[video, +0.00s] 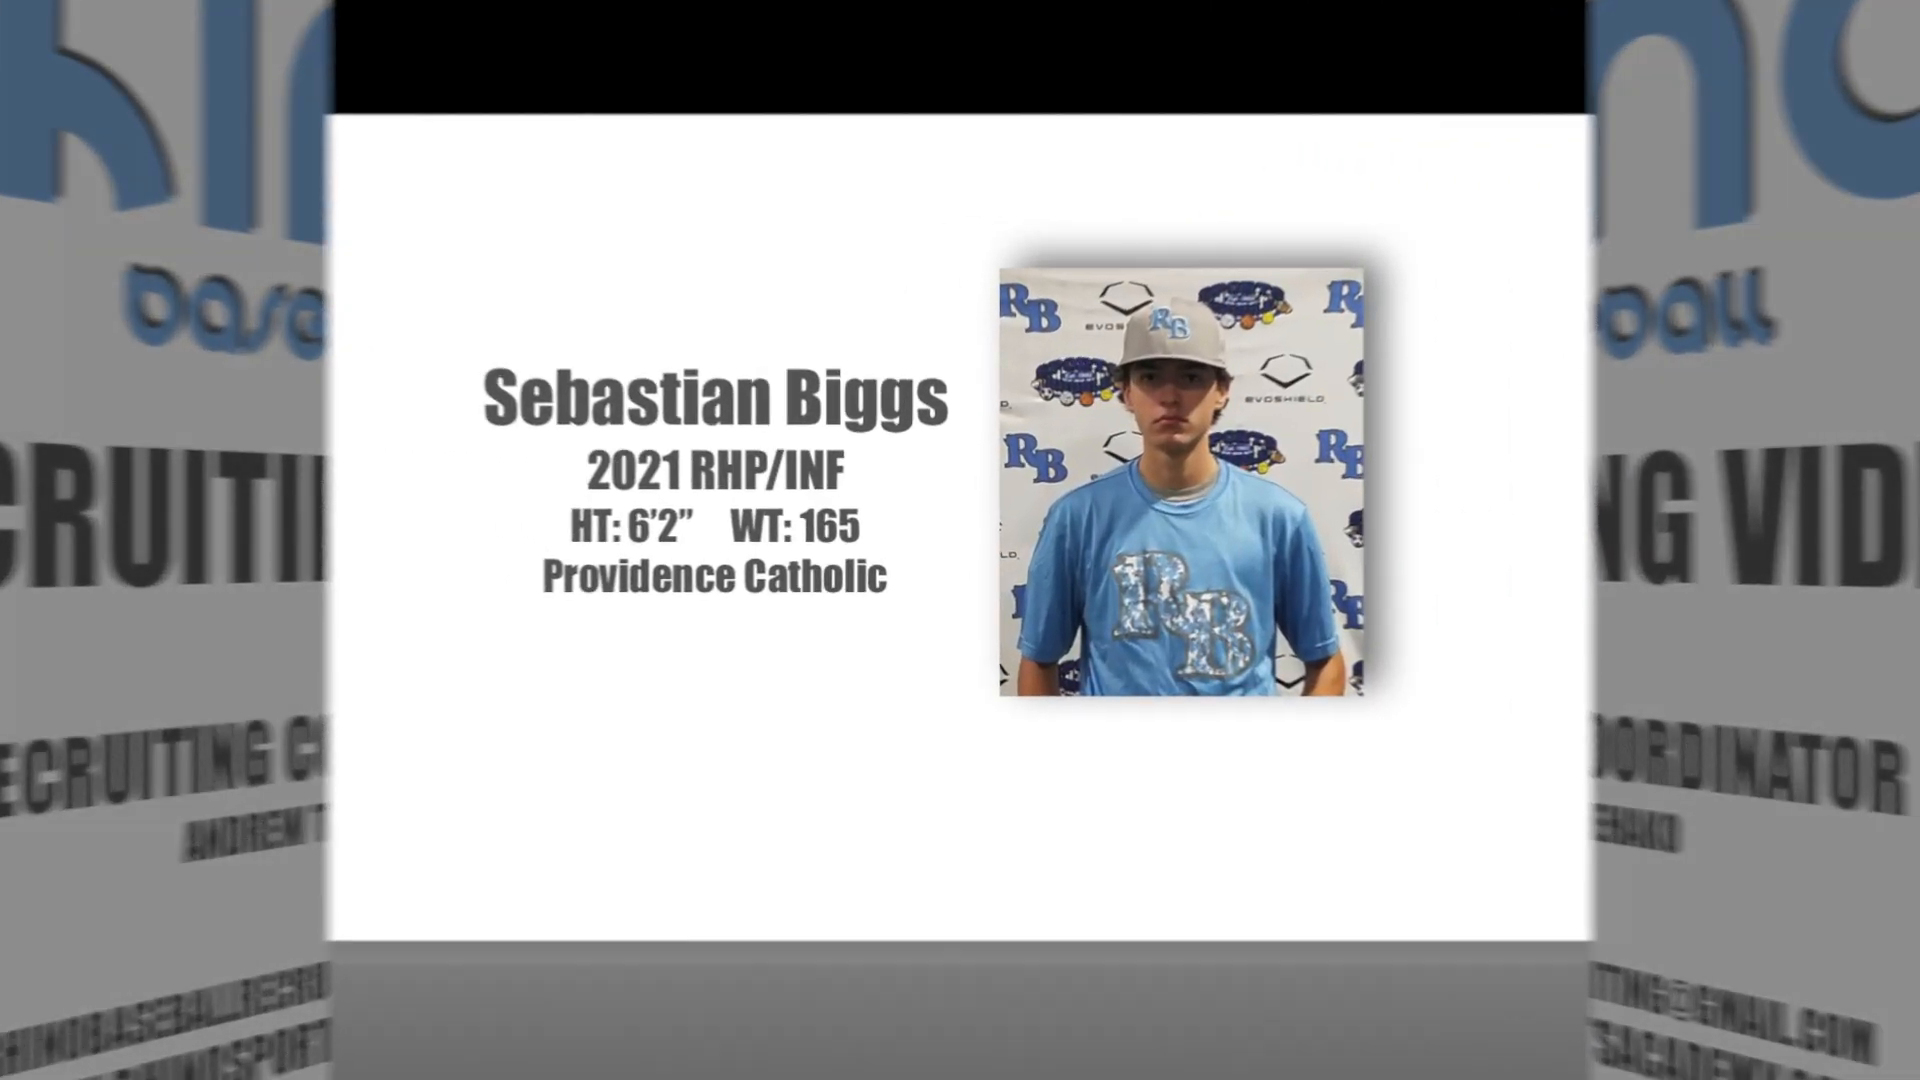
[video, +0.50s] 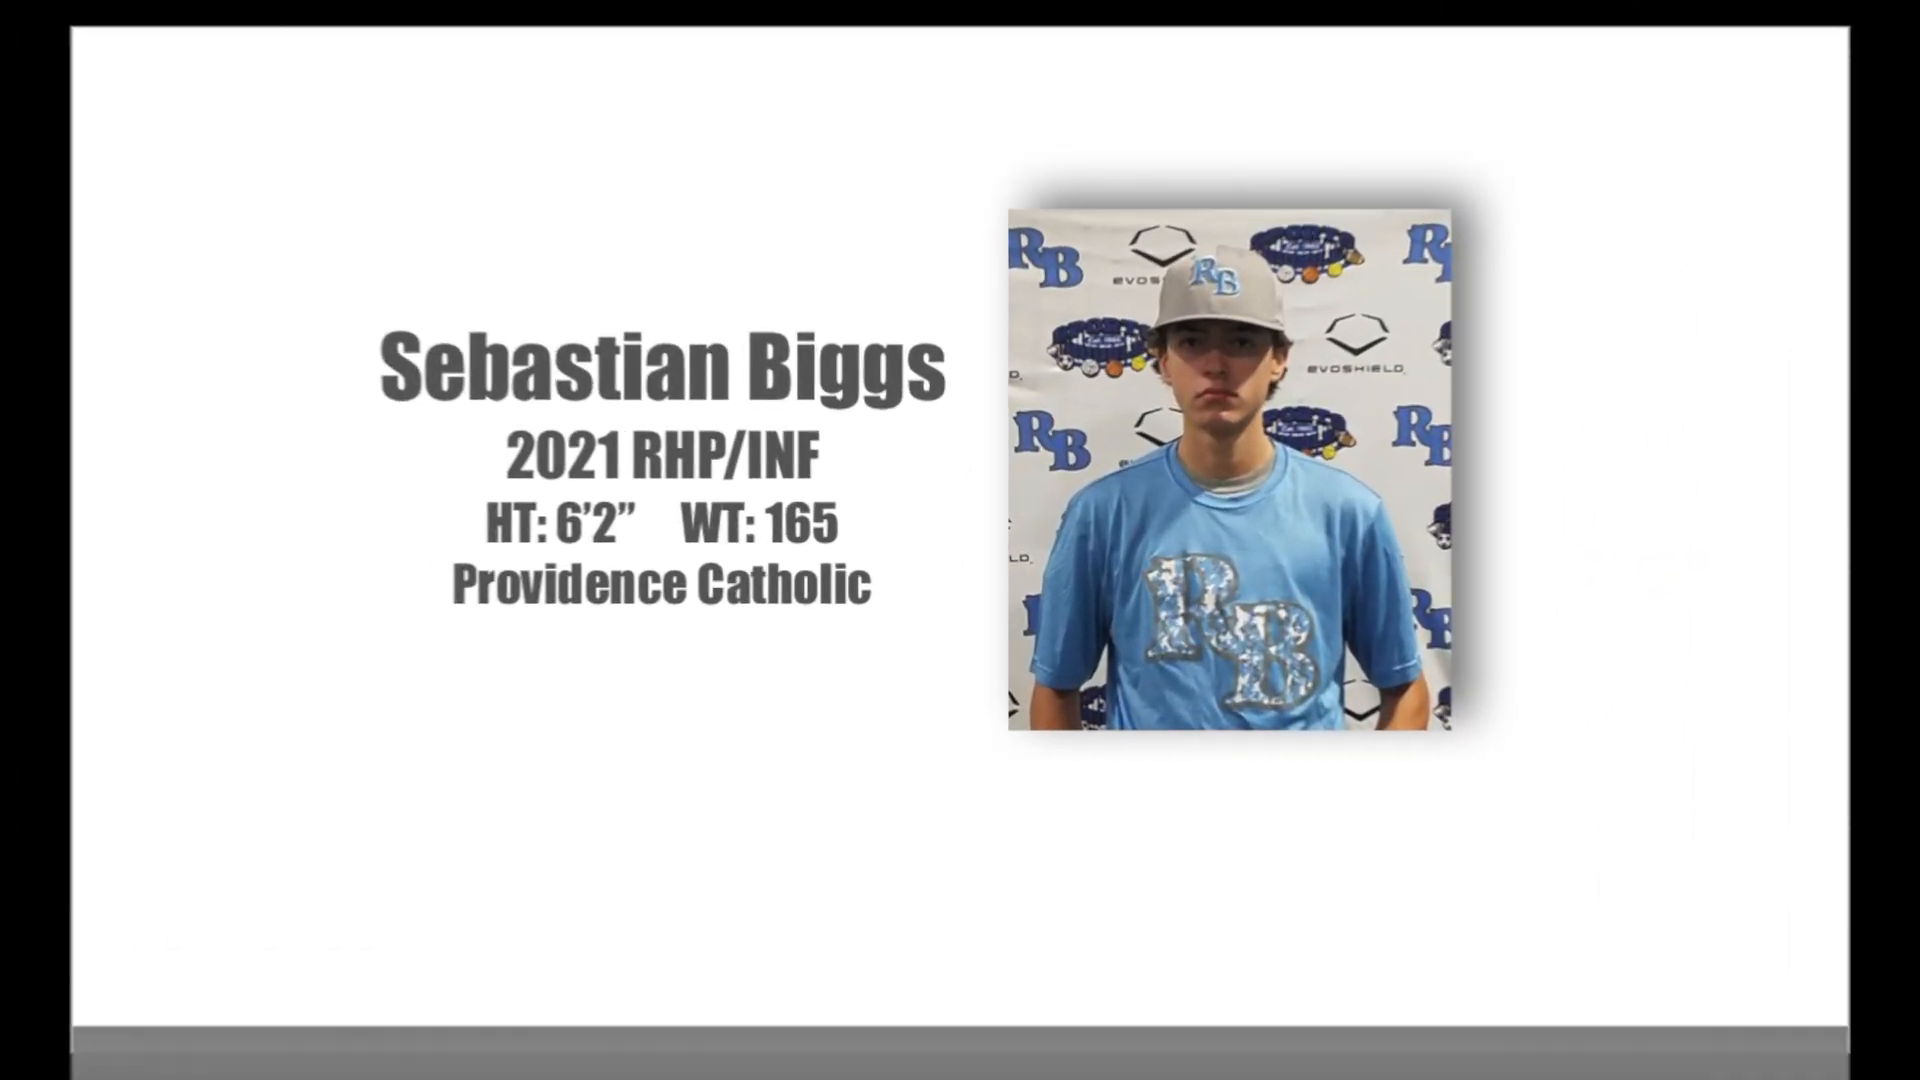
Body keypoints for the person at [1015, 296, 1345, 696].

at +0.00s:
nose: (1170, 395)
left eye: (1191, 377)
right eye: (1152, 377)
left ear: (1220, 393)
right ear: (1127, 393)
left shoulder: (1280, 518)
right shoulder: (1075, 520)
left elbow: (1327, 663)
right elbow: (1039, 665)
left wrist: (1297, 753)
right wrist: (1041, 756)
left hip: (1247, 749)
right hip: (1115, 748)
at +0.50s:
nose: (1216, 364)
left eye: (1241, 341)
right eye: (1195, 342)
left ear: (1277, 361)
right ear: (1163, 363)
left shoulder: (1349, 513)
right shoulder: (1100, 515)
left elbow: (1407, 690)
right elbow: (1056, 693)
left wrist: (1370, 797)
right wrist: (1066, 802)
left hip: (1311, 793)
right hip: (1149, 793)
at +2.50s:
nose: (1245, 345)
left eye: (1273, 321)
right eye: (1221, 321)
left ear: (1314, 342)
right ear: (1187, 342)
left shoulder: (1394, 511)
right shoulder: (1117, 513)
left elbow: (1457, 708)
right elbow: (1067, 711)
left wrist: (1420, 827)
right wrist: (1076, 832)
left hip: (1351, 823)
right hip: (1171, 823)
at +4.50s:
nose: (1257, 339)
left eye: (1286, 314)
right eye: (1231, 314)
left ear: (1328, 335)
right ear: (1195, 336)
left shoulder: (1410, 510)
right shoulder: (1124, 513)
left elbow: (1476, 716)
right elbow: (1072, 718)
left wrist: (1436, 838)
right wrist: (1085, 844)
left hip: (1366, 834)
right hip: (1180, 834)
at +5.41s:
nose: (1209, 338)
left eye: (1237, 314)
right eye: (1186, 315)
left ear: (1278, 336)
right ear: (1151, 336)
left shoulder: (1357, 503)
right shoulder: (1082, 506)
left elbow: (1420, 700)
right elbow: (1032, 702)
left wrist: (1381, 819)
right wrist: (1042, 826)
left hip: (1314, 815)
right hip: (1135, 814)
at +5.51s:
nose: (1167, 340)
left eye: (1194, 317)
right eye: (1144, 317)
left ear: (1232, 337)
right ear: (1111, 337)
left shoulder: (1308, 497)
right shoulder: (1044, 501)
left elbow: (1367, 685)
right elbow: (998, 687)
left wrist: (1331, 800)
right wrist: (1007, 805)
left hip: (1266, 799)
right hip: (1096, 799)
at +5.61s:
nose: (1117, 342)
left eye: (1142, 320)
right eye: (1096, 320)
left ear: (1179, 339)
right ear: (1064, 339)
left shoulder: (1249, 491)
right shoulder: (1002, 494)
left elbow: (1306, 668)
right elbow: (958, 671)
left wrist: (1273, 776)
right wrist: (965, 782)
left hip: (1211, 775)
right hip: (1050, 776)